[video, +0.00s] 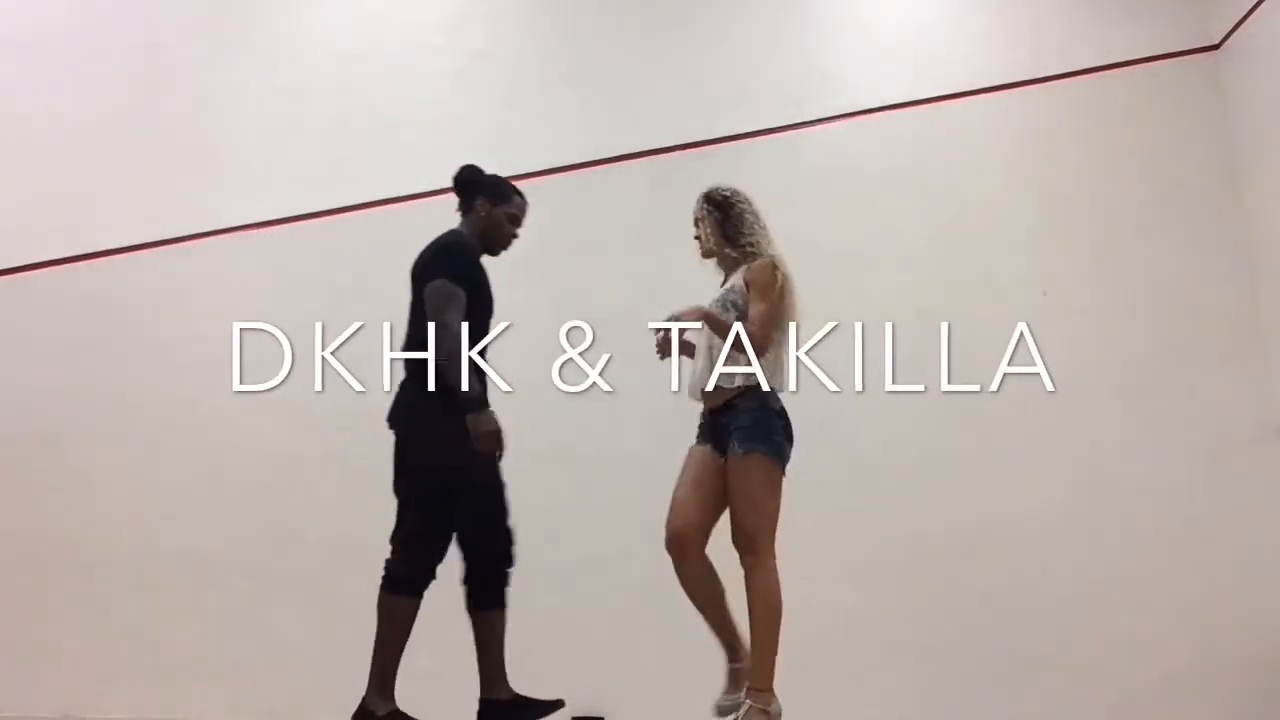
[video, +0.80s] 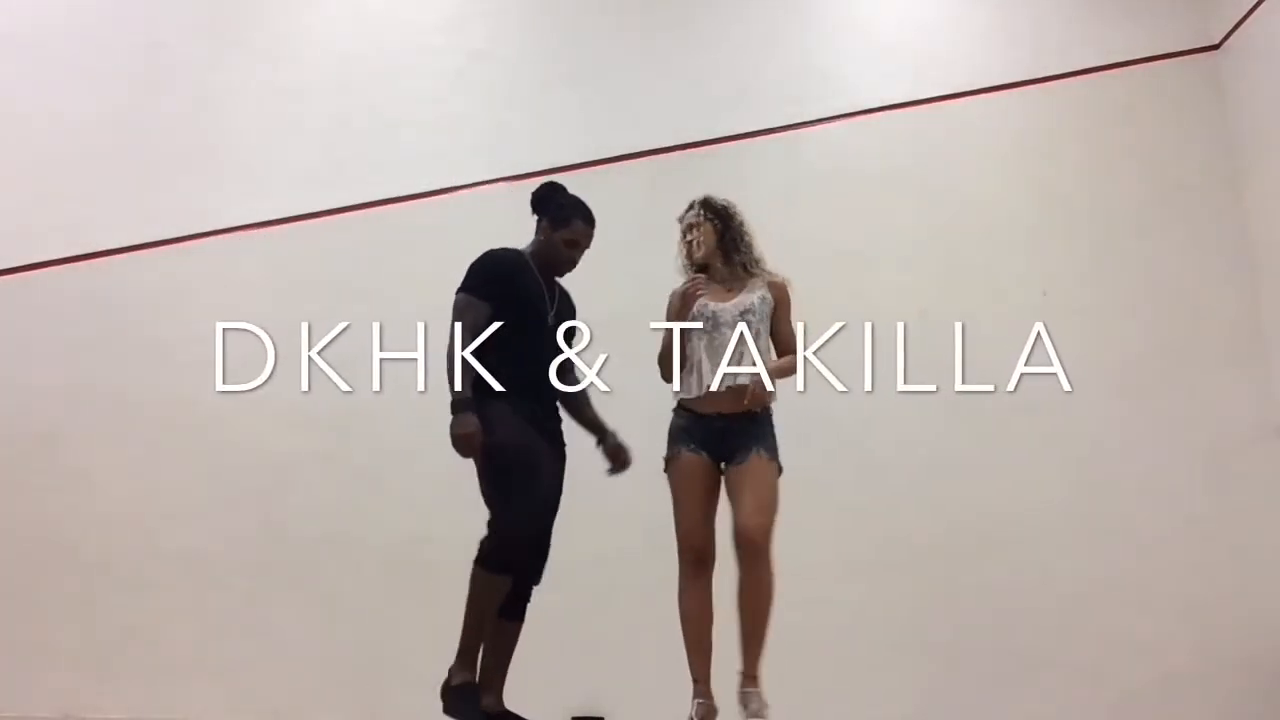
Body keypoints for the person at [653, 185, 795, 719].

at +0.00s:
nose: (696, 233)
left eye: (702, 223)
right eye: (696, 225)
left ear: (726, 224)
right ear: (716, 229)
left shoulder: (761, 271)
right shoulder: (725, 284)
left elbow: (758, 340)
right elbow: (720, 361)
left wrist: (707, 317)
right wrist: (684, 349)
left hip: (756, 416)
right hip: (716, 421)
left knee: (755, 549)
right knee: (682, 541)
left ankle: (762, 694)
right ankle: (737, 657)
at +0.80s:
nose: (689, 238)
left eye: (698, 228)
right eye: (685, 232)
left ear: (724, 230)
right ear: (686, 242)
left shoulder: (770, 290)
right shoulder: (685, 296)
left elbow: (792, 360)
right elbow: (667, 369)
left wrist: (763, 375)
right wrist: (681, 316)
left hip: (751, 428)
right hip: (692, 429)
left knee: (753, 540)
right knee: (695, 555)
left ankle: (750, 679)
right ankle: (701, 694)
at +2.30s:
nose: (724, 238)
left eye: (731, 227)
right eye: (715, 232)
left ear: (751, 231)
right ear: (706, 241)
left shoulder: (784, 291)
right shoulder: (700, 296)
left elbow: (804, 358)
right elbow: (680, 372)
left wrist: (795, 359)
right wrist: (702, 356)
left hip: (764, 430)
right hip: (706, 424)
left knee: (771, 550)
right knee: (702, 549)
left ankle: (751, 687)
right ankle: (702, 687)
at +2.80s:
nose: (760, 229)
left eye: (770, 221)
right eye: (751, 222)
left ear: (786, 232)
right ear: (737, 232)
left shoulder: (804, 294)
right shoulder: (717, 293)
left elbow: (823, 362)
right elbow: (692, 364)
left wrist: (817, 368)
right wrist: (726, 333)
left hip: (803, 429)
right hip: (742, 429)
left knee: (809, 559)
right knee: (736, 548)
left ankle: (808, 695)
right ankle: (716, 687)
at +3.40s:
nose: (755, 220)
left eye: (764, 213)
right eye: (745, 217)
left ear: (785, 224)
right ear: (736, 234)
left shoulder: (816, 280)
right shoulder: (727, 295)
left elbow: (844, 347)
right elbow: (720, 368)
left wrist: (808, 307)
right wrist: (696, 419)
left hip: (795, 425)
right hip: (733, 424)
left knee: (800, 555)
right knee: (724, 542)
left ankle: (807, 695)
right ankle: (708, 684)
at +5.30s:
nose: (729, 233)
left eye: (736, 223)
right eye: (721, 229)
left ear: (759, 226)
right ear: (716, 242)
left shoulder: (798, 287)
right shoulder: (713, 296)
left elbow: (826, 354)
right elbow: (703, 372)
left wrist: (855, 303)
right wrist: (680, 335)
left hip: (782, 433)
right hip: (720, 428)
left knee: (796, 555)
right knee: (715, 554)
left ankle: (792, 697)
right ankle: (711, 691)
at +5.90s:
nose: (720, 228)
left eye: (727, 219)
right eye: (712, 223)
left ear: (749, 223)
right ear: (706, 234)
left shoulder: (783, 283)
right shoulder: (700, 292)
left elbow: (811, 349)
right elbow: (691, 362)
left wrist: (775, 310)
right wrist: (684, 386)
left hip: (776, 426)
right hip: (714, 426)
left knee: (787, 554)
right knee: (707, 551)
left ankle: (795, 693)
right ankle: (697, 690)